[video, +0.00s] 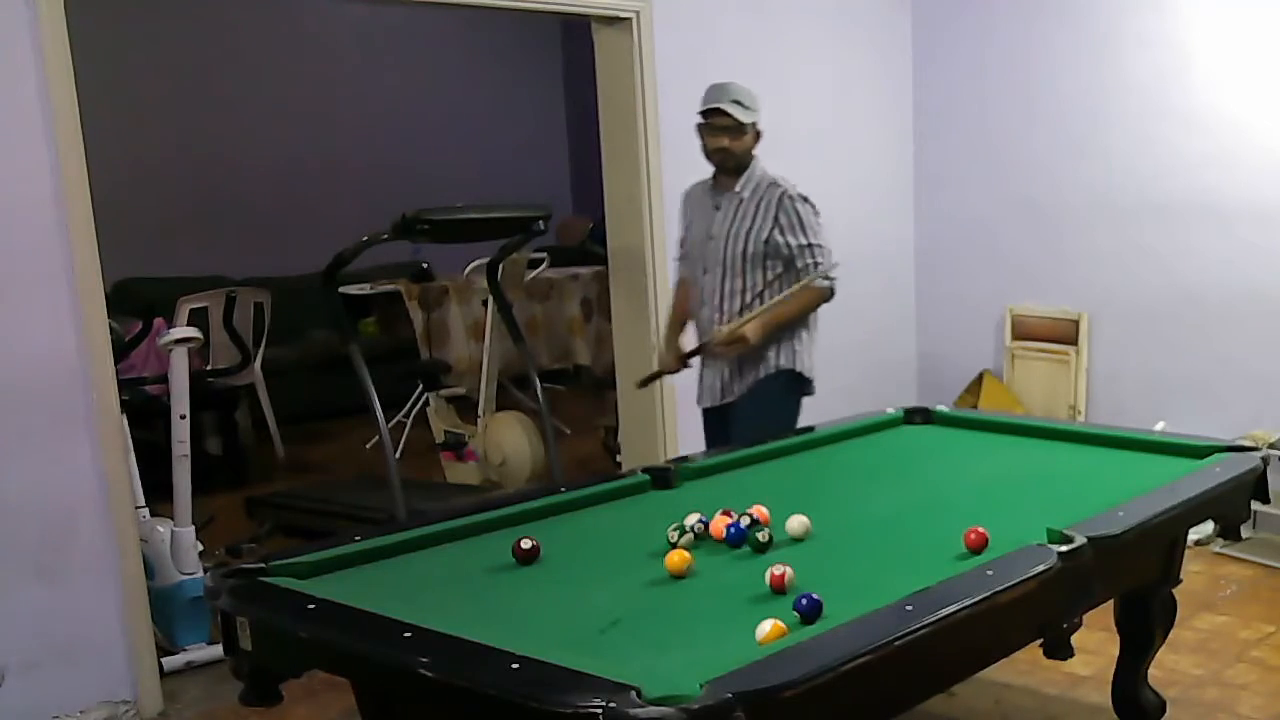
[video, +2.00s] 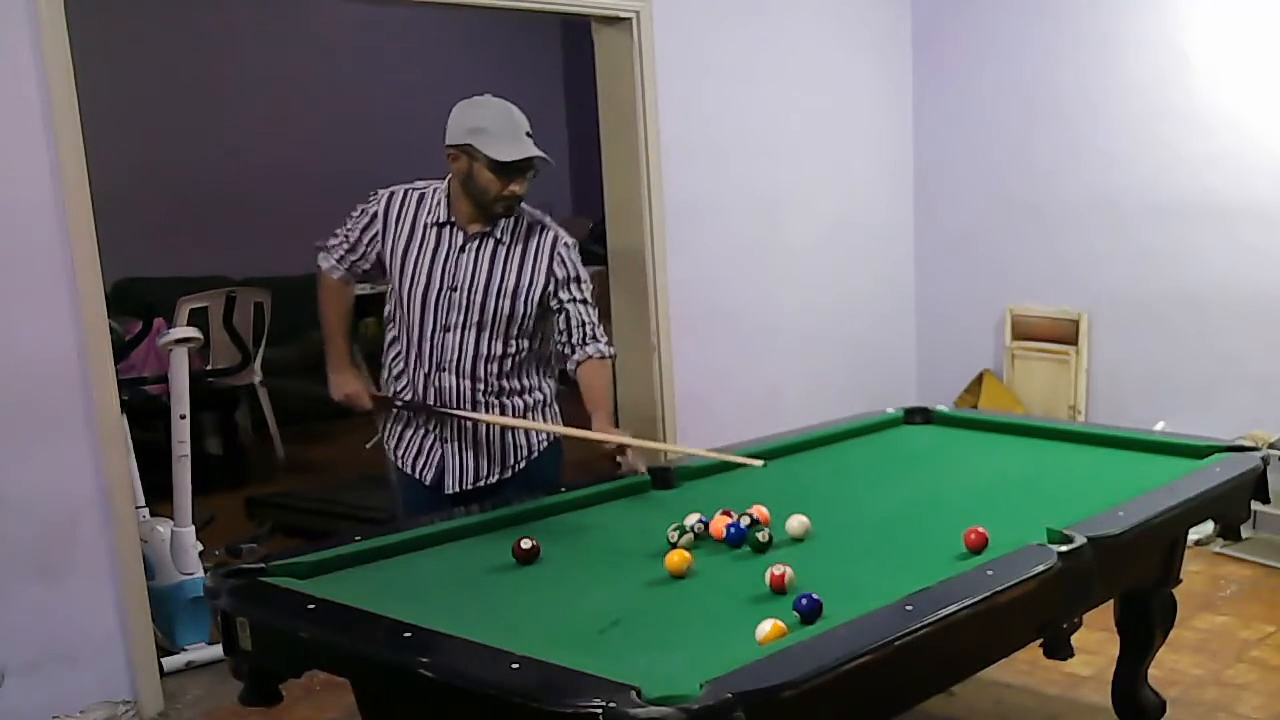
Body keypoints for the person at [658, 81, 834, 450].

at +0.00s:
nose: (721, 143)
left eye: (734, 133)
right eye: (712, 132)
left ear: (755, 136)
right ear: (700, 136)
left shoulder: (784, 201)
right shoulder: (696, 199)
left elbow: (820, 284)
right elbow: (690, 275)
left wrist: (759, 328)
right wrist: (672, 337)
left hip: (770, 374)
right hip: (716, 378)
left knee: (758, 492)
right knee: (725, 493)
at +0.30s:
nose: (689, 150)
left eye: (699, 139)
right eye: (678, 138)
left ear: (716, 143)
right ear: (658, 139)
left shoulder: (745, 214)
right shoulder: (643, 208)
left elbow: (784, 297)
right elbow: (628, 284)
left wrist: (731, 340)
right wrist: (611, 348)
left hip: (722, 394)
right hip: (661, 396)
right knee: (676, 514)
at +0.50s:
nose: (668, 152)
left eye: (680, 141)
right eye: (657, 139)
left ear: (696, 145)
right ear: (637, 138)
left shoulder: (724, 217)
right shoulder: (612, 202)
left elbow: (763, 301)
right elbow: (597, 278)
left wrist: (711, 347)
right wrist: (585, 350)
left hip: (692, 407)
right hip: (620, 404)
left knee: (688, 530)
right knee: (611, 528)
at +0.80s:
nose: (628, 157)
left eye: (639, 146)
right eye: (616, 144)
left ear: (650, 146)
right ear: (589, 140)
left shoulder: (682, 219)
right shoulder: (555, 206)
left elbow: (719, 305)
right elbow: (541, 283)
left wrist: (674, 353)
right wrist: (539, 359)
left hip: (664, 418)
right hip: (581, 418)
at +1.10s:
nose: (564, 153)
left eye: (574, 139)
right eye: (549, 138)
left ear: (585, 138)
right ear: (517, 134)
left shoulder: (618, 212)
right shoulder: (478, 209)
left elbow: (657, 300)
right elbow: (463, 295)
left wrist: (629, 358)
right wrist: (470, 377)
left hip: (607, 421)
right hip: (520, 426)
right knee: (536, 552)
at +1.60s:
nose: (525, 166)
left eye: (534, 152)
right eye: (510, 151)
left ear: (544, 147)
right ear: (469, 141)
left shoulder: (572, 227)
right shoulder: (415, 217)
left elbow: (600, 323)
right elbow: (384, 304)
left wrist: (580, 387)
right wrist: (401, 395)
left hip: (549, 443)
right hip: (459, 445)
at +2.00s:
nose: (519, 187)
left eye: (527, 172)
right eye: (503, 171)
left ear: (535, 168)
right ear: (457, 160)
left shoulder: (551, 248)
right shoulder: (392, 213)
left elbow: (587, 343)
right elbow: (336, 265)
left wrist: (604, 422)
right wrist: (340, 365)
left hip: (519, 449)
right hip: (421, 447)